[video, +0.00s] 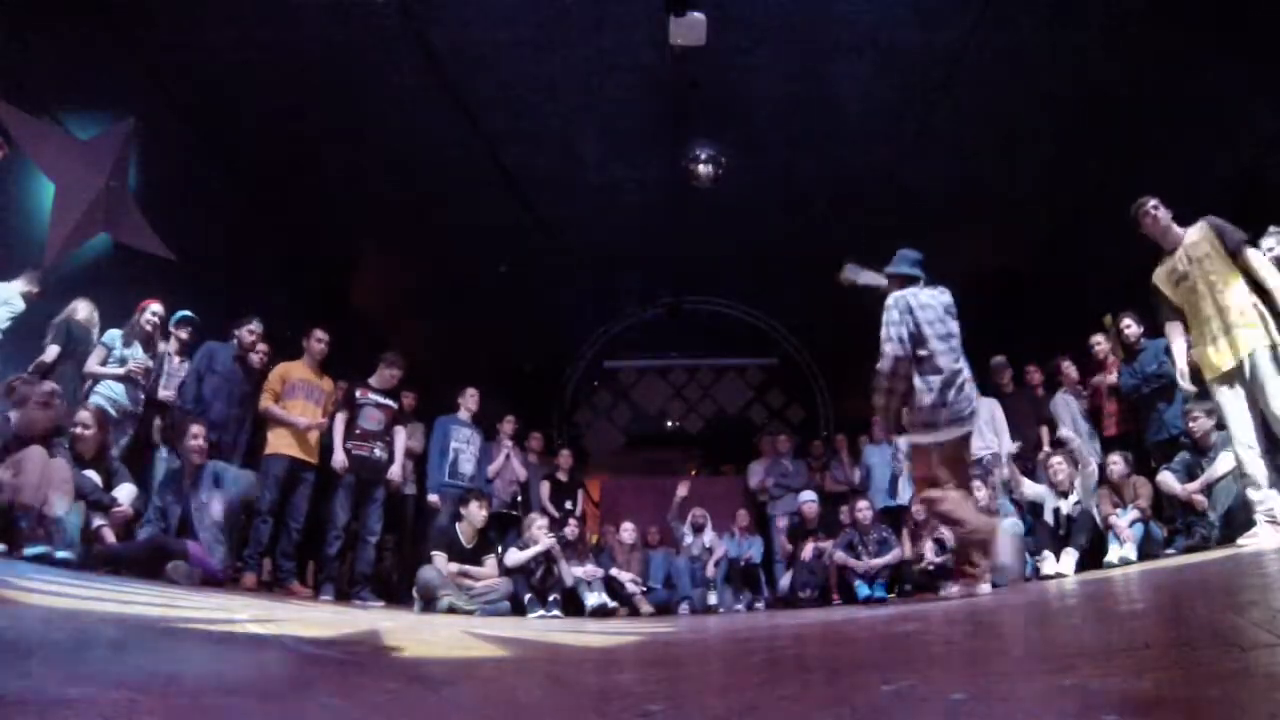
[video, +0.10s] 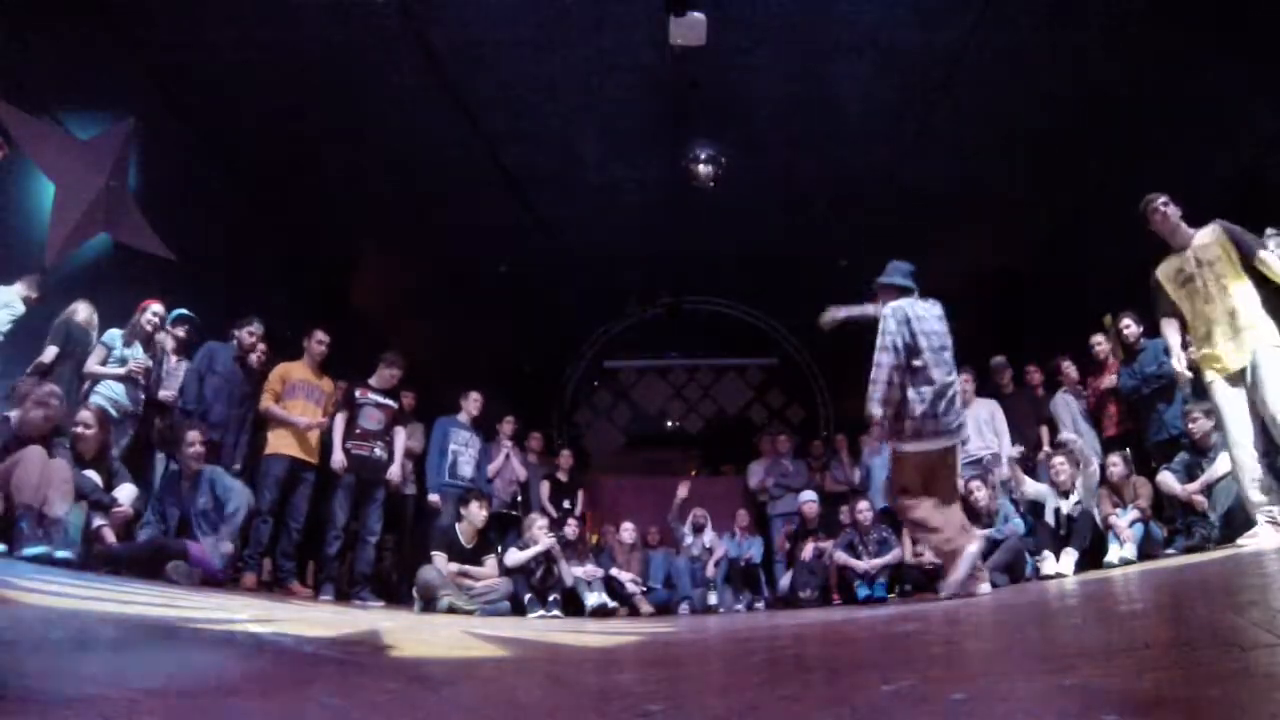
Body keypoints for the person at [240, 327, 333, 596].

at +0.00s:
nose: (322, 346)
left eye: (326, 342)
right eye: (318, 340)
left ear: (328, 348)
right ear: (305, 342)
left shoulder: (327, 383)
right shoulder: (284, 369)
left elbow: (328, 416)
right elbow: (265, 403)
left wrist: (320, 424)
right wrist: (296, 420)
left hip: (308, 454)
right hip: (280, 447)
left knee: (296, 518)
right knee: (266, 510)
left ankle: (286, 574)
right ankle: (251, 568)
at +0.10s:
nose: (323, 348)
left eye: (326, 344)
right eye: (319, 342)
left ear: (328, 350)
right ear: (306, 343)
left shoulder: (328, 384)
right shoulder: (284, 369)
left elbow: (328, 416)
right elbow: (266, 403)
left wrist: (320, 423)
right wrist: (296, 420)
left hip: (308, 454)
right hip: (280, 447)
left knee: (296, 518)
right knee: (266, 510)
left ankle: (286, 574)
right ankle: (251, 568)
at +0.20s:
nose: (323, 350)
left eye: (326, 346)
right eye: (319, 344)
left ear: (329, 351)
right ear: (306, 344)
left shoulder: (327, 384)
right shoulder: (284, 370)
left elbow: (328, 417)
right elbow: (266, 404)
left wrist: (322, 423)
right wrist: (297, 420)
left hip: (309, 455)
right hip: (281, 448)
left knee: (296, 519)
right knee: (266, 510)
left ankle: (286, 574)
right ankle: (251, 568)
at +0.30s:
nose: (323, 350)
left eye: (327, 346)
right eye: (319, 344)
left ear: (329, 351)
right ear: (306, 344)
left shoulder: (327, 385)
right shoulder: (284, 371)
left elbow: (327, 417)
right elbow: (265, 405)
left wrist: (321, 424)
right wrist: (297, 420)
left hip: (308, 454)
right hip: (280, 447)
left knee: (296, 518)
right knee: (267, 510)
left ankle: (286, 574)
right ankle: (251, 568)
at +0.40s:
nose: (324, 349)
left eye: (327, 346)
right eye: (320, 343)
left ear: (329, 351)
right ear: (307, 344)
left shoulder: (328, 385)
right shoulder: (285, 370)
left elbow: (327, 417)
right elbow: (266, 405)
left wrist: (322, 424)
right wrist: (297, 421)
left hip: (308, 454)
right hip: (281, 446)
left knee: (296, 518)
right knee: (267, 509)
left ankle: (286, 574)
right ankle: (251, 568)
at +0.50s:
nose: (324, 348)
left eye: (327, 344)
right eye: (320, 342)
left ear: (329, 350)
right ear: (307, 343)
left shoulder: (328, 385)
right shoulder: (285, 370)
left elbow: (325, 420)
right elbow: (266, 404)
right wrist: (297, 420)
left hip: (309, 453)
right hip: (281, 446)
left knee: (296, 518)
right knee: (266, 509)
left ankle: (286, 574)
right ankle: (251, 568)